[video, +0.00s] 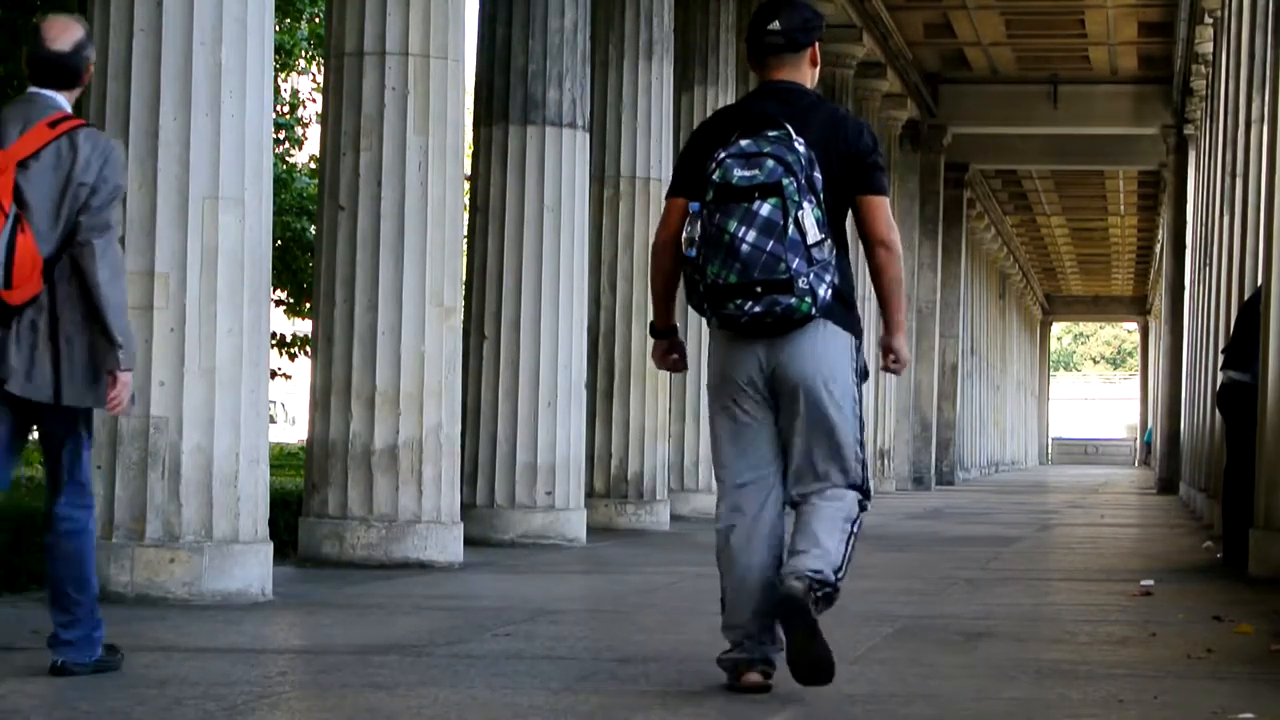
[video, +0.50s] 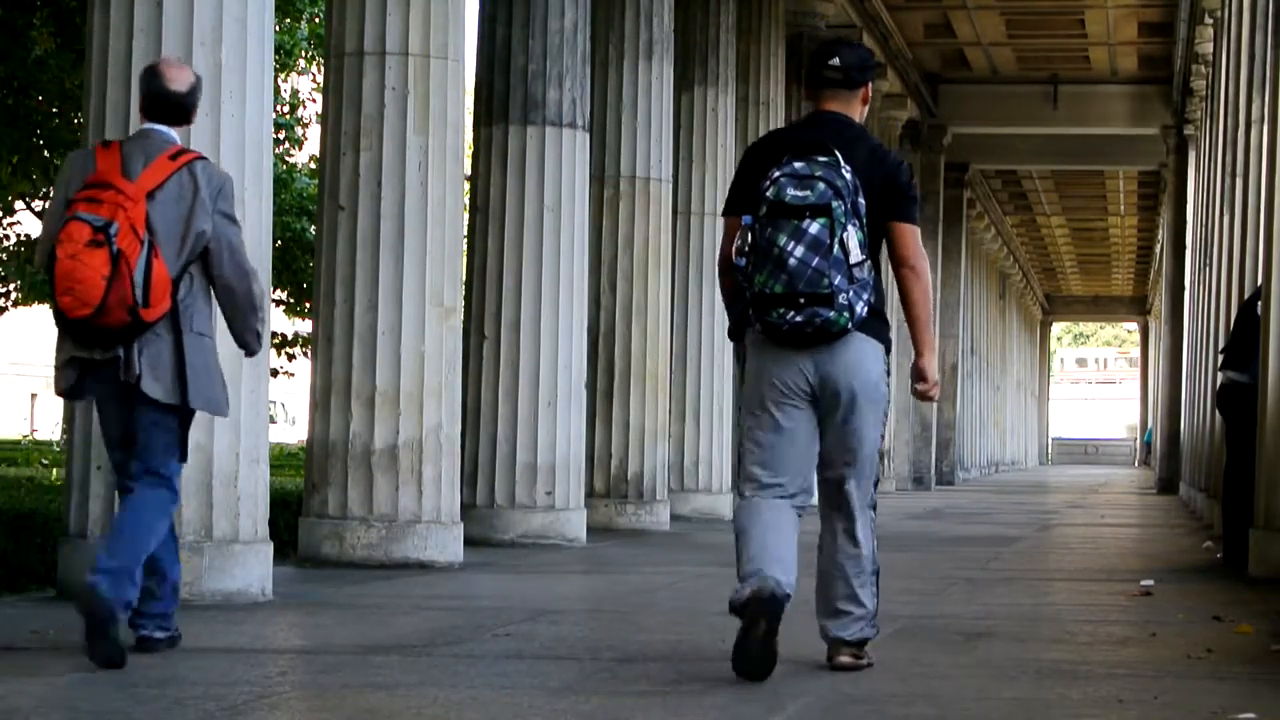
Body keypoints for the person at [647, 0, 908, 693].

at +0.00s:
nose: (820, 62)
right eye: (820, 52)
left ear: (753, 57)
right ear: (815, 54)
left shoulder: (711, 132)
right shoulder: (844, 131)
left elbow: (668, 236)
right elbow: (881, 239)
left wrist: (664, 323)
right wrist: (896, 327)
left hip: (733, 336)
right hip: (816, 333)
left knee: (746, 492)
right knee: (831, 482)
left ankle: (748, 658)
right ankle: (804, 583)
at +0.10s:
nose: (825, 68)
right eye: (826, 59)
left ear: (759, 60)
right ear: (820, 59)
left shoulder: (715, 131)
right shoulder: (846, 133)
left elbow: (678, 240)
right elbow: (884, 232)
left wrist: (681, 317)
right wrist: (920, 328)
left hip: (736, 334)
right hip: (822, 329)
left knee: (747, 491)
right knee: (838, 478)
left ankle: (750, 653)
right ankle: (815, 611)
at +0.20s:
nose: (834, 80)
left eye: (823, 70)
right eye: (834, 71)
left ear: (767, 72)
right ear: (825, 72)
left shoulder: (722, 139)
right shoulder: (847, 141)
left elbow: (688, 247)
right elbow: (888, 231)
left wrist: (711, 319)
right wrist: (927, 324)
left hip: (741, 338)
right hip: (824, 334)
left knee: (747, 492)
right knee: (838, 489)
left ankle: (751, 651)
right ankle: (842, 641)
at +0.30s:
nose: (844, 92)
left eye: (835, 82)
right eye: (845, 83)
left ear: (779, 84)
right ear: (836, 84)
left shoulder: (732, 150)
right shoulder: (854, 151)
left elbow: (703, 253)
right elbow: (896, 241)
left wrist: (739, 316)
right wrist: (929, 336)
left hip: (746, 345)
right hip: (829, 343)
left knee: (752, 493)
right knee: (839, 493)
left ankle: (753, 647)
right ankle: (848, 633)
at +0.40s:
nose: (857, 101)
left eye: (853, 91)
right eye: (858, 92)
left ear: (793, 90)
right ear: (850, 91)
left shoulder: (749, 155)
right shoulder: (868, 161)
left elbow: (720, 256)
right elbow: (902, 255)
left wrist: (745, 324)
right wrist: (929, 350)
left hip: (759, 348)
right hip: (841, 347)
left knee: (762, 489)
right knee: (842, 496)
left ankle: (755, 628)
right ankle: (846, 639)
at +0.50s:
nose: (869, 103)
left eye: (865, 95)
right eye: (871, 95)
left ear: (808, 91)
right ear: (866, 95)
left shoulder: (761, 154)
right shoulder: (881, 163)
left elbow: (729, 253)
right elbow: (910, 262)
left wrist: (743, 327)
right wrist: (926, 350)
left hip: (773, 341)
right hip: (855, 343)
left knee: (769, 484)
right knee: (850, 492)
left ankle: (763, 588)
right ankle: (847, 638)